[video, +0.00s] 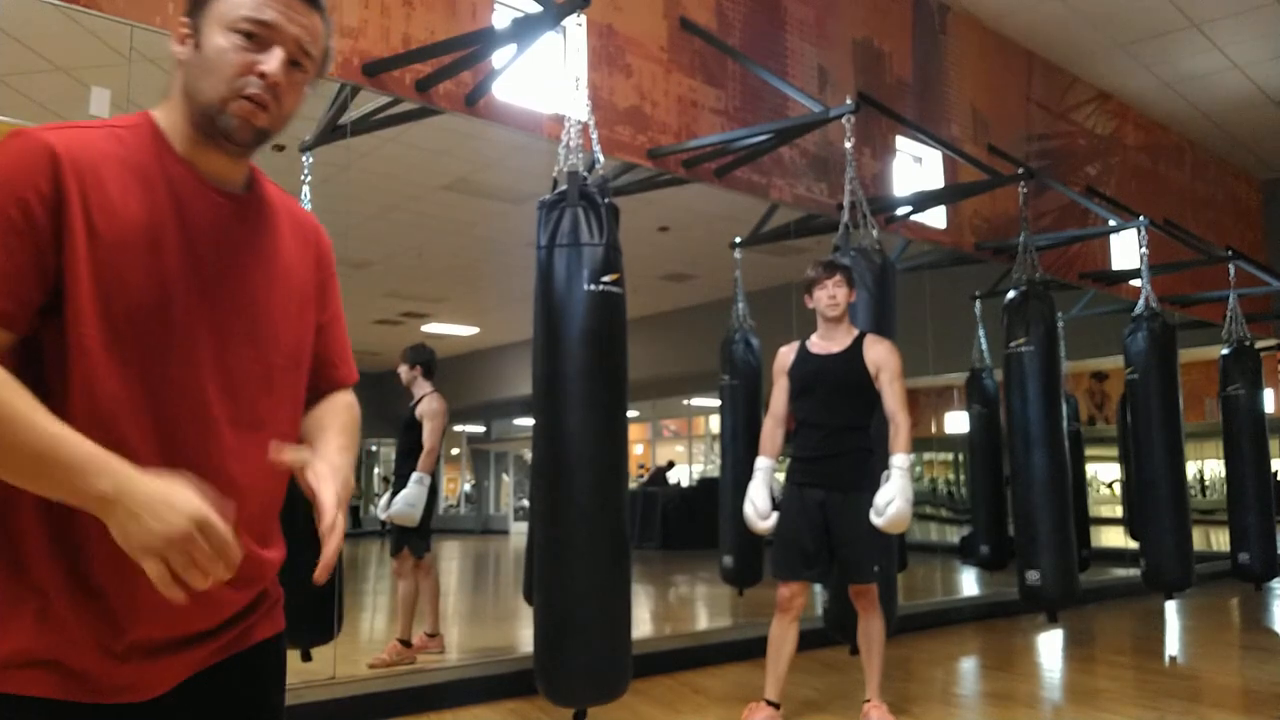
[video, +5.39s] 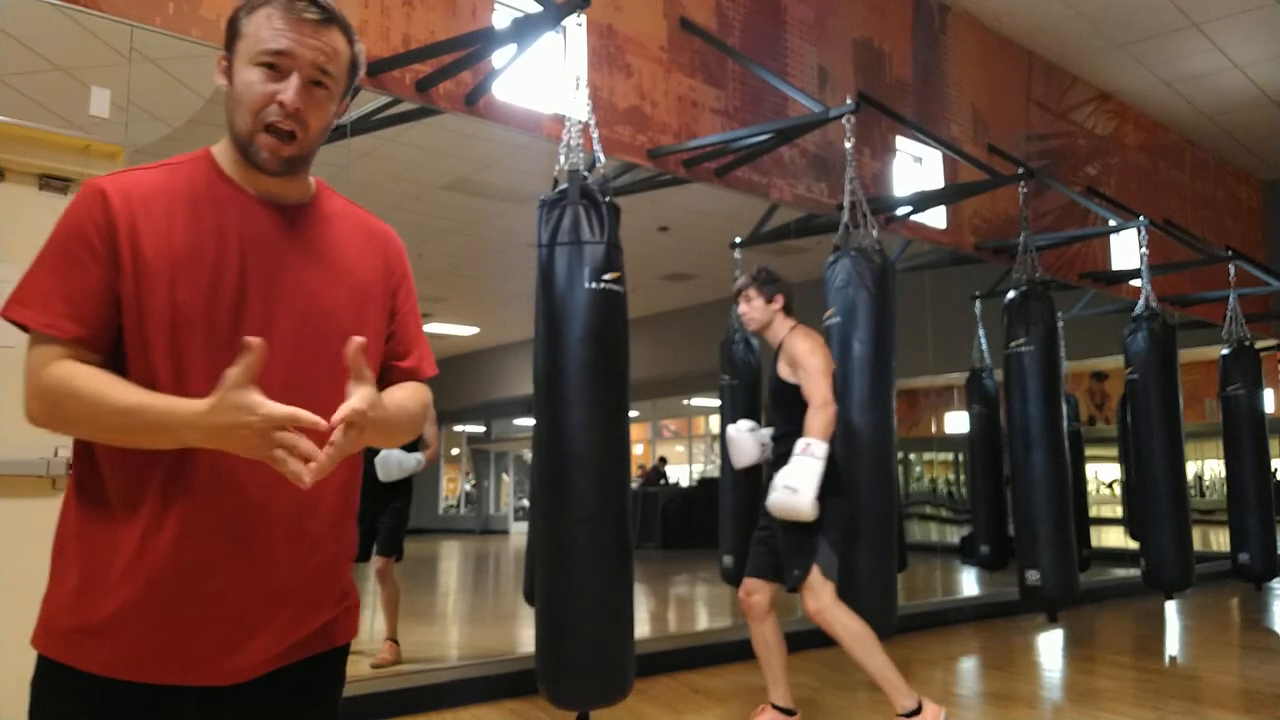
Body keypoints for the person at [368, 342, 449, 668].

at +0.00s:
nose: (398, 373)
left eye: (402, 368)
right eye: (399, 368)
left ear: (417, 369)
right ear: (418, 370)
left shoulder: (432, 402)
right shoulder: (418, 403)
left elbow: (431, 450)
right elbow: (407, 454)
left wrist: (415, 490)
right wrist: (391, 491)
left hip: (415, 487)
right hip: (408, 486)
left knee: (403, 566)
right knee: (423, 564)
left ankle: (403, 642)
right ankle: (432, 634)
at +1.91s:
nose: (403, 374)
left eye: (405, 368)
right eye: (403, 369)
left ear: (421, 369)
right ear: (421, 369)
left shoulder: (434, 402)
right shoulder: (421, 403)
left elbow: (432, 450)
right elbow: (409, 452)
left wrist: (418, 489)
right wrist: (394, 490)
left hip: (419, 485)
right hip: (411, 484)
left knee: (409, 563)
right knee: (425, 562)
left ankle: (404, 641)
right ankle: (430, 634)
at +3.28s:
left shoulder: (417, 392)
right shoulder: (391, 399)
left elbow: (422, 444)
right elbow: (389, 452)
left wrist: (409, 485)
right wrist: (371, 484)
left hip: (407, 481)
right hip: (389, 482)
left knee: (397, 566)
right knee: (374, 563)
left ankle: (403, 643)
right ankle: (414, 619)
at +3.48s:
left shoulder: (404, 393)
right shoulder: (380, 394)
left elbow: (408, 445)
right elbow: (385, 451)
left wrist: (396, 484)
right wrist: (368, 482)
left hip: (401, 479)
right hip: (384, 478)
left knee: (393, 563)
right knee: (370, 562)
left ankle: (403, 644)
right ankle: (383, 632)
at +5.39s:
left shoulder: (417, 398)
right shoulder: (355, 394)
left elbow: (433, 447)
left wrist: (414, 462)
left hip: (395, 487)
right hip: (358, 485)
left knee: (382, 567)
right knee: (345, 566)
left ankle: (391, 642)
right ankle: (338, 639)